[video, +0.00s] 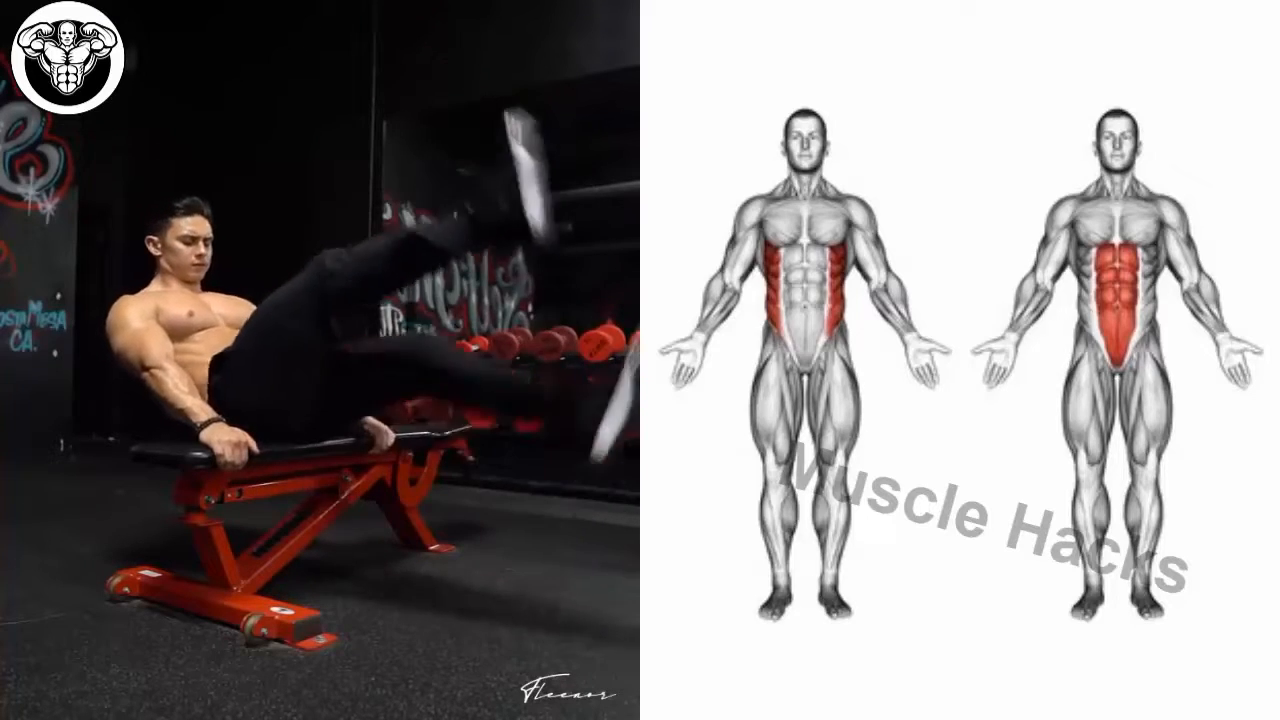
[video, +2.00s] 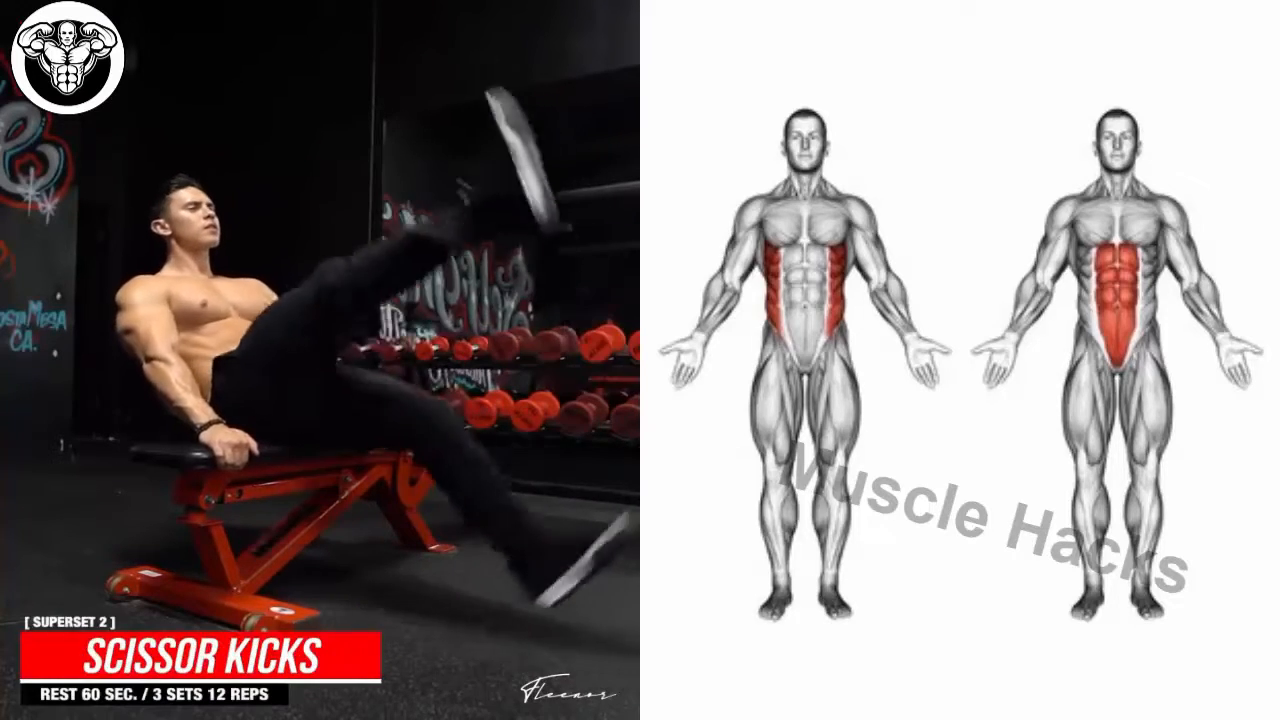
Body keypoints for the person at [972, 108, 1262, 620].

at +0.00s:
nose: (1116, 146)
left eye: (1124, 138)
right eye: (1109, 138)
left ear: (1137, 146)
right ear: (1097, 145)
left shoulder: (1164, 211)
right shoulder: (1070, 211)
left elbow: (1193, 282)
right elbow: (1041, 282)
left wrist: (1222, 336)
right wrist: (1012, 336)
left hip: (1144, 355)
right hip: (1089, 354)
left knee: (1146, 466)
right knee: (1088, 466)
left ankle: (1141, 581)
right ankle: (1092, 583)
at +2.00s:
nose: (1116, 145)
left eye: (1124, 138)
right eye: (1109, 137)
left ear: (1137, 146)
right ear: (1097, 145)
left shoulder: (1164, 211)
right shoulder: (1070, 211)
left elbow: (1193, 282)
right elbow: (1041, 282)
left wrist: (1221, 335)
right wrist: (1012, 336)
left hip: (1144, 355)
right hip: (1089, 354)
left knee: (1145, 466)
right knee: (1088, 467)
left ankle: (1141, 582)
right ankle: (1092, 583)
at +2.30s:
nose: (1116, 146)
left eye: (1124, 138)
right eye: (1109, 138)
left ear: (1137, 146)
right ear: (1097, 145)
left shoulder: (1164, 211)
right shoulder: (1070, 211)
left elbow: (1193, 282)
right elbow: (1041, 282)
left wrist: (1222, 335)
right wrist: (1012, 336)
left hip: (1144, 355)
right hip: (1089, 354)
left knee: (1145, 466)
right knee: (1088, 466)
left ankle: (1141, 581)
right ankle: (1092, 583)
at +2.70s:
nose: (1116, 145)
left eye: (1124, 138)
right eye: (1109, 137)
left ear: (1137, 146)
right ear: (1097, 145)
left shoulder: (1164, 211)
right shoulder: (1070, 211)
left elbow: (1193, 282)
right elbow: (1041, 282)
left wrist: (1221, 335)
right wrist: (1012, 336)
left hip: (1144, 355)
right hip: (1089, 354)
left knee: (1145, 466)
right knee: (1088, 466)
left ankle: (1141, 582)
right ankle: (1092, 583)